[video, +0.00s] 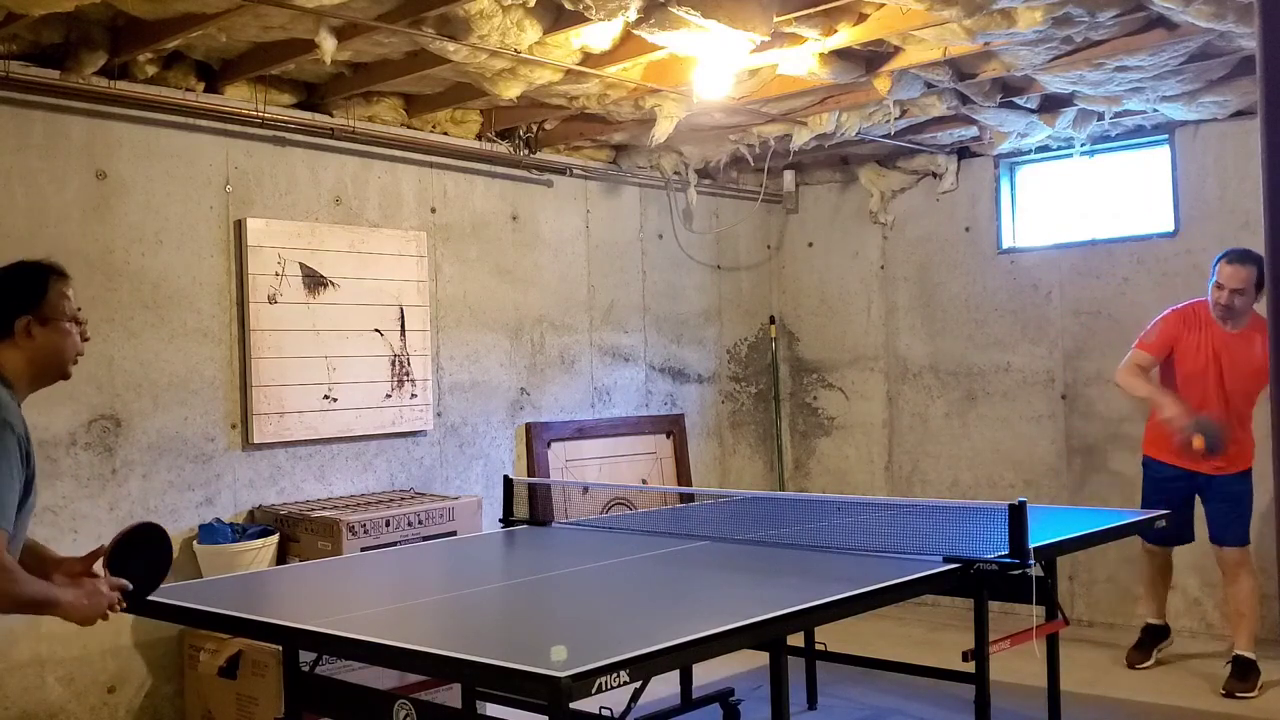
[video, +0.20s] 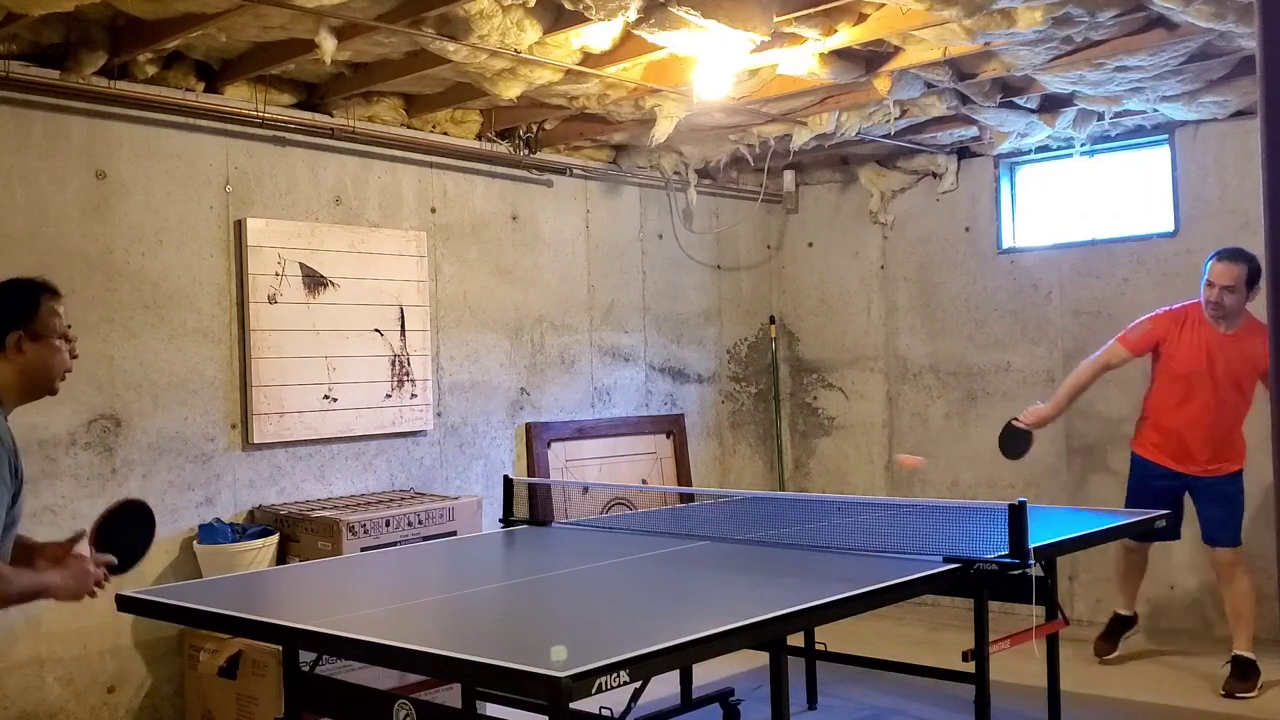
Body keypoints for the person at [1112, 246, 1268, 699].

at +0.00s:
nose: (1225, 299)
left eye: (1238, 292)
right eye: (1220, 288)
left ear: (1256, 294)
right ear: (1211, 282)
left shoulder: (1265, 339)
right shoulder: (1180, 320)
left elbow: (1267, 394)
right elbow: (1127, 372)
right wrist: (1168, 404)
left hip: (1230, 463)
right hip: (1168, 457)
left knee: (1234, 556)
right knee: (1155, 544)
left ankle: (1244, 657)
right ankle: (1155, 626)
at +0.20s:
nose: (1214, 296)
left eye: (1227, 290)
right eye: (1210, 285)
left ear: (1249, 293)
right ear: (1202, 282)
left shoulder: (1262, 344)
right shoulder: (1172, 322)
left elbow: (1275, 399)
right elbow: (1100, 362)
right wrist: (1051, 408)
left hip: (1220, 462)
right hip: (1156, 455)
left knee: (1227, 558)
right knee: (1132, 542)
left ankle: (1243, 657)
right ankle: (1125, 615)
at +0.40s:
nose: (1173, 288)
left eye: (1185, 282)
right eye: (1169, 279)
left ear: (1209, 287)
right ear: (1163, 280)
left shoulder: (1232, 345)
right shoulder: (1137, 326)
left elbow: (1256, 414)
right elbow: (1086, 372)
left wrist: (1271, 462)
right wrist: (1042, 419)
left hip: (1195, 470)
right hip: (1130, 461)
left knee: (1211, 561)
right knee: (1101, 547)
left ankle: (1241, 657)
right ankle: (1079, 628)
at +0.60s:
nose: (1113, 292)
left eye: (1124, 285)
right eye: (1109, 284)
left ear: (1149, 291)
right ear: (1103, 287)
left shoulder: (1173, 347)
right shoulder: (1086, 340)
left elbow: (1196, 417)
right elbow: (1057, 398)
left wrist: (1194, 485)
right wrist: (1030, 455)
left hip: (1154, 483)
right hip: (1089, 478)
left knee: (1188, 565)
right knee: (1067, 559)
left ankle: (1236, 658)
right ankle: (1054, 642)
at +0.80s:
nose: (1068, 285)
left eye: (1078, 277)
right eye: (1063, 277)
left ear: (1102, 281)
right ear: (1060, 281)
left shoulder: (1131, 335)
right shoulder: (1049, 337)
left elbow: (1156, 407)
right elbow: (1031, 398)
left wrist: (1122, 453)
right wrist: (1013, 452)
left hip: (1126, 469)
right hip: (1063, 470)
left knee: (1160, 556)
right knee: (1049, 557)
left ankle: (1203, 650)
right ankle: (1053, 642)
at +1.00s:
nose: (1049, 288)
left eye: (1058, 279)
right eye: (1044, 280)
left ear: (1084, 281)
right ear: (1043, 284)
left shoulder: (1119, 332)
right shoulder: (1039, 340)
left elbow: (1147, 401)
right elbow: (1026, 401)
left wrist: (1111, 452)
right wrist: (1004, 451)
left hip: (1117, 470)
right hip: (1057, 472)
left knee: (1138, 556)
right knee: (1041, 560)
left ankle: (1175, 647)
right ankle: (1052, 643)